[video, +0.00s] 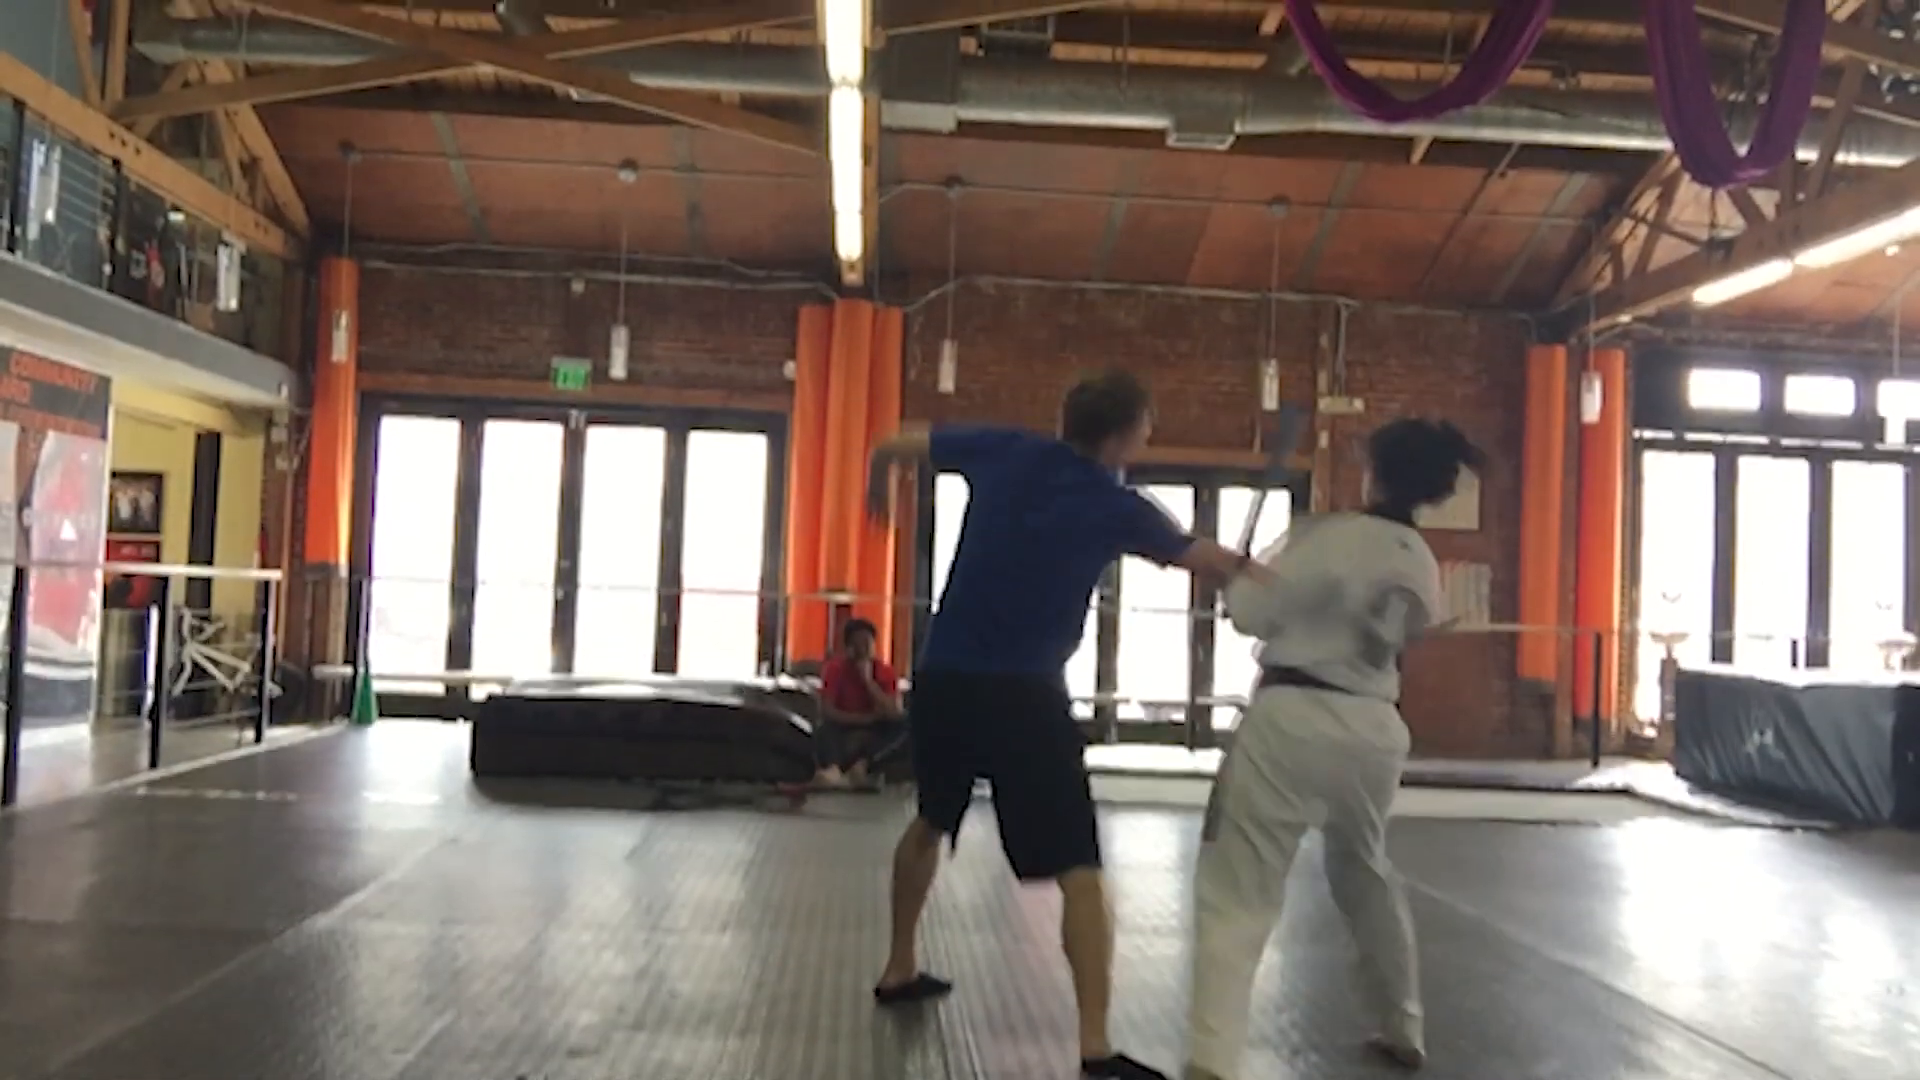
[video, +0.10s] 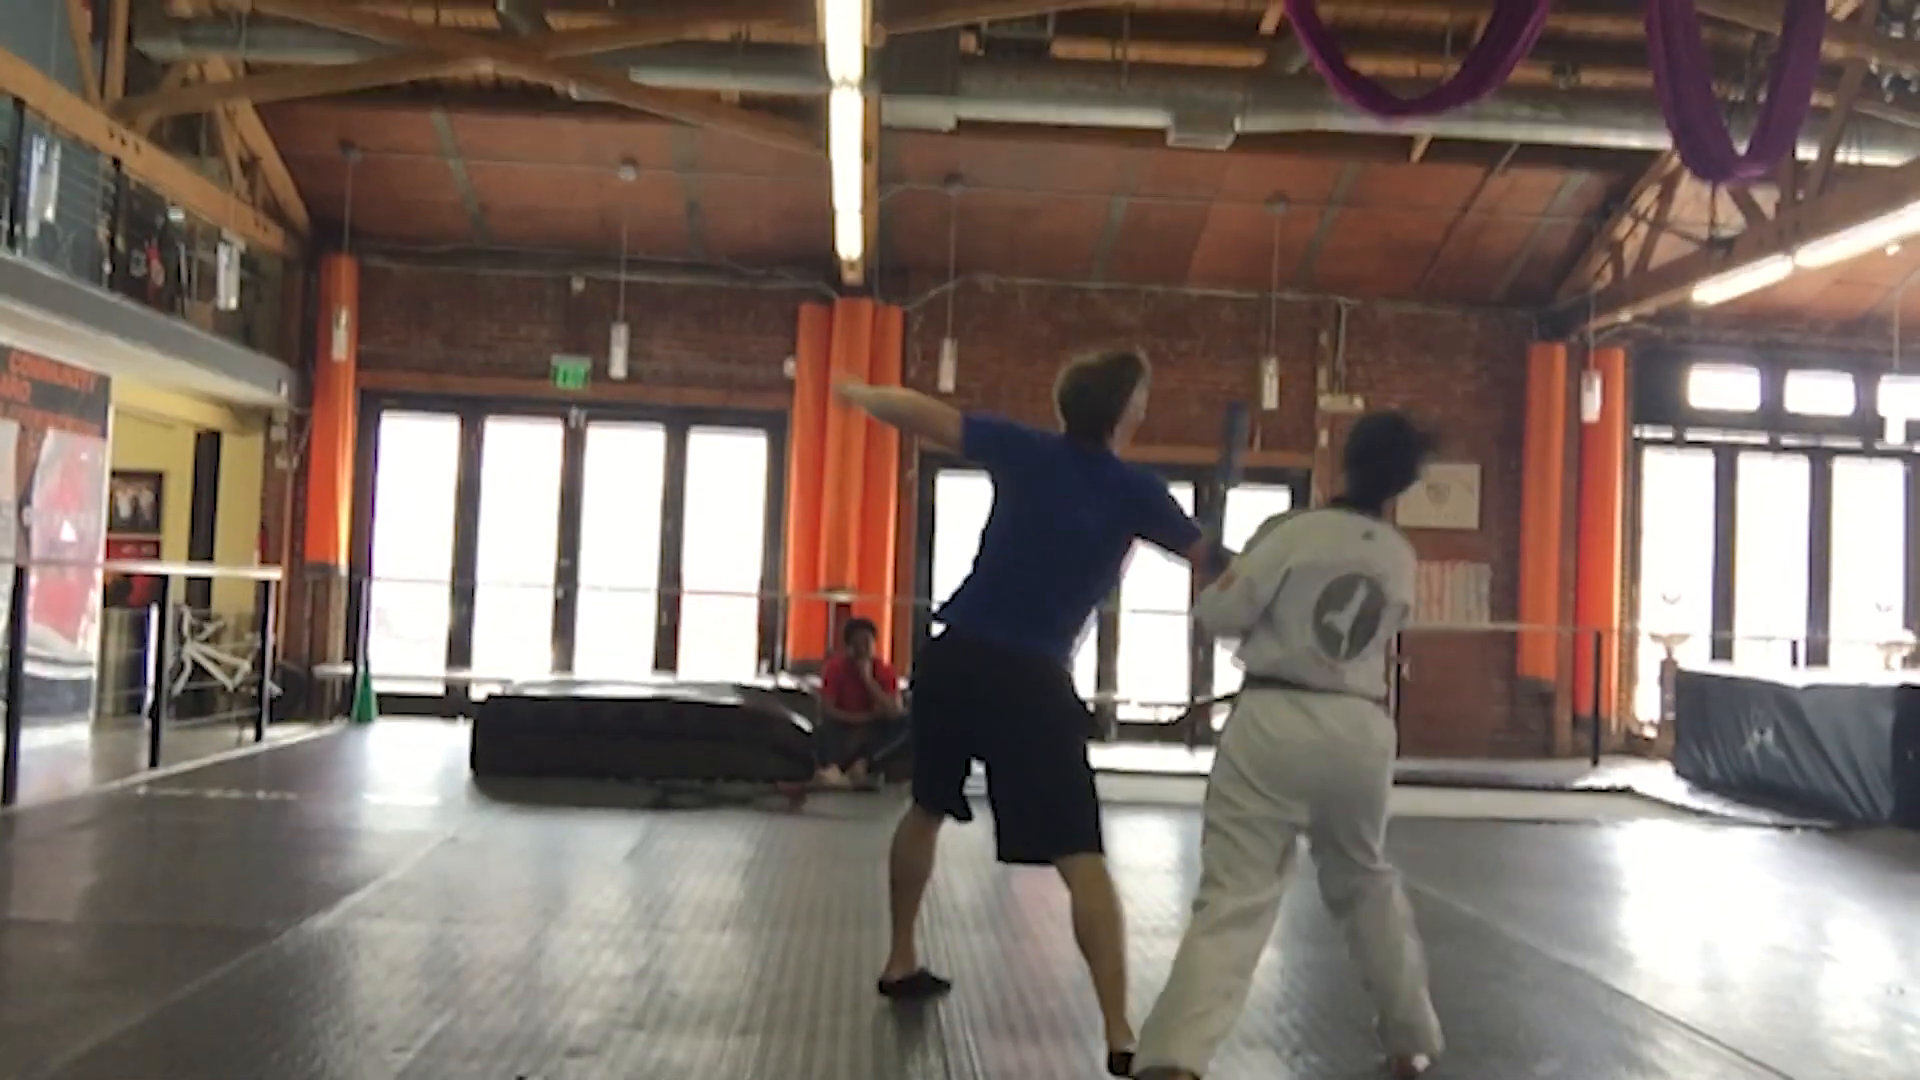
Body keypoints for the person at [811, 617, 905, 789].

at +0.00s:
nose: (863, 648)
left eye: (866, 642)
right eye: (858, 643)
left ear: (873, 643)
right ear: (848, 644)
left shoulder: (884, 671)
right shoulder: (835, 668)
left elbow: (893, 711)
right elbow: (828, 712)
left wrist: (868, 681)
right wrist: (869, 718)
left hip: (874, 725)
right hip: (843, 725)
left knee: (902, 728)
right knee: (826, 729)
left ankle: (864, 765)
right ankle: (832, 768)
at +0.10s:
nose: (864, 647)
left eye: (868, 641)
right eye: (859, 642)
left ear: (874, 643)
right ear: (849, 643)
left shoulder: (883, 669)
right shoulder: (835, 668)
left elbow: (894, 710)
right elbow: (828, 710)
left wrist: (868, 679)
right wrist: (868, 716)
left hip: (875, 725)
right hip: (844, 726)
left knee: (906, 725)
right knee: (824, 729)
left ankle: (867, 765)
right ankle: (832, 767)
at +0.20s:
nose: (863, 649)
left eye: (867, 643)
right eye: (857, 643)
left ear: (874, 644)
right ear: (848, 645)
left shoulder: (884, 671)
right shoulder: (834, 669)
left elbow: (895, 710)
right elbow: (828, 712)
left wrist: (868, 680)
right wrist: (869, 716)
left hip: (875, 725)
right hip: (843, 725)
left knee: (907, 726)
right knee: (824, 728)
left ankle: (864, 764)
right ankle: (831, 768)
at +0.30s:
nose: (863, 650)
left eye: (867, 644)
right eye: (857, 644)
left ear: (873, 645)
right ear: (849, 646)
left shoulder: (884, 672)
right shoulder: (835, 670)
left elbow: (893, 711)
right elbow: (828, 712)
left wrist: (868, 681)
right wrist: (869, 717)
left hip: (875, 725)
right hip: (843, 726)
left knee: (907, 725)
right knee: (824, 729)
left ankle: (865, 765)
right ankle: (831, 768)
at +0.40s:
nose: (863, 648)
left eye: (867, 642)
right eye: (857, 643)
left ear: (873, 643)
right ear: (848, 645)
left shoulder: (884, 670)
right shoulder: (834, 668)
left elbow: (893, 710)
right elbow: (827, 711)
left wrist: (868, 679)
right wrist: (869, 715)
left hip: (875, 724)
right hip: (843, 724)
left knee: (906, 725)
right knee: (824, 728)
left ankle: (864, 764)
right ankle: (832, 767)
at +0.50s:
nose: (861, 650)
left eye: (866, 643)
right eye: (856, 644)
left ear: (873, 643)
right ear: (847, 646)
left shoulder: (884, 669)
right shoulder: (834, 669)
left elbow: (894, 709)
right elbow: (828, 710)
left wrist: (868, 679)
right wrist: (868, 716)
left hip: (875, 723)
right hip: (844, 724)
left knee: (906, 723)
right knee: (824, 727)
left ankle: (866, 764)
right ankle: (831, 766)